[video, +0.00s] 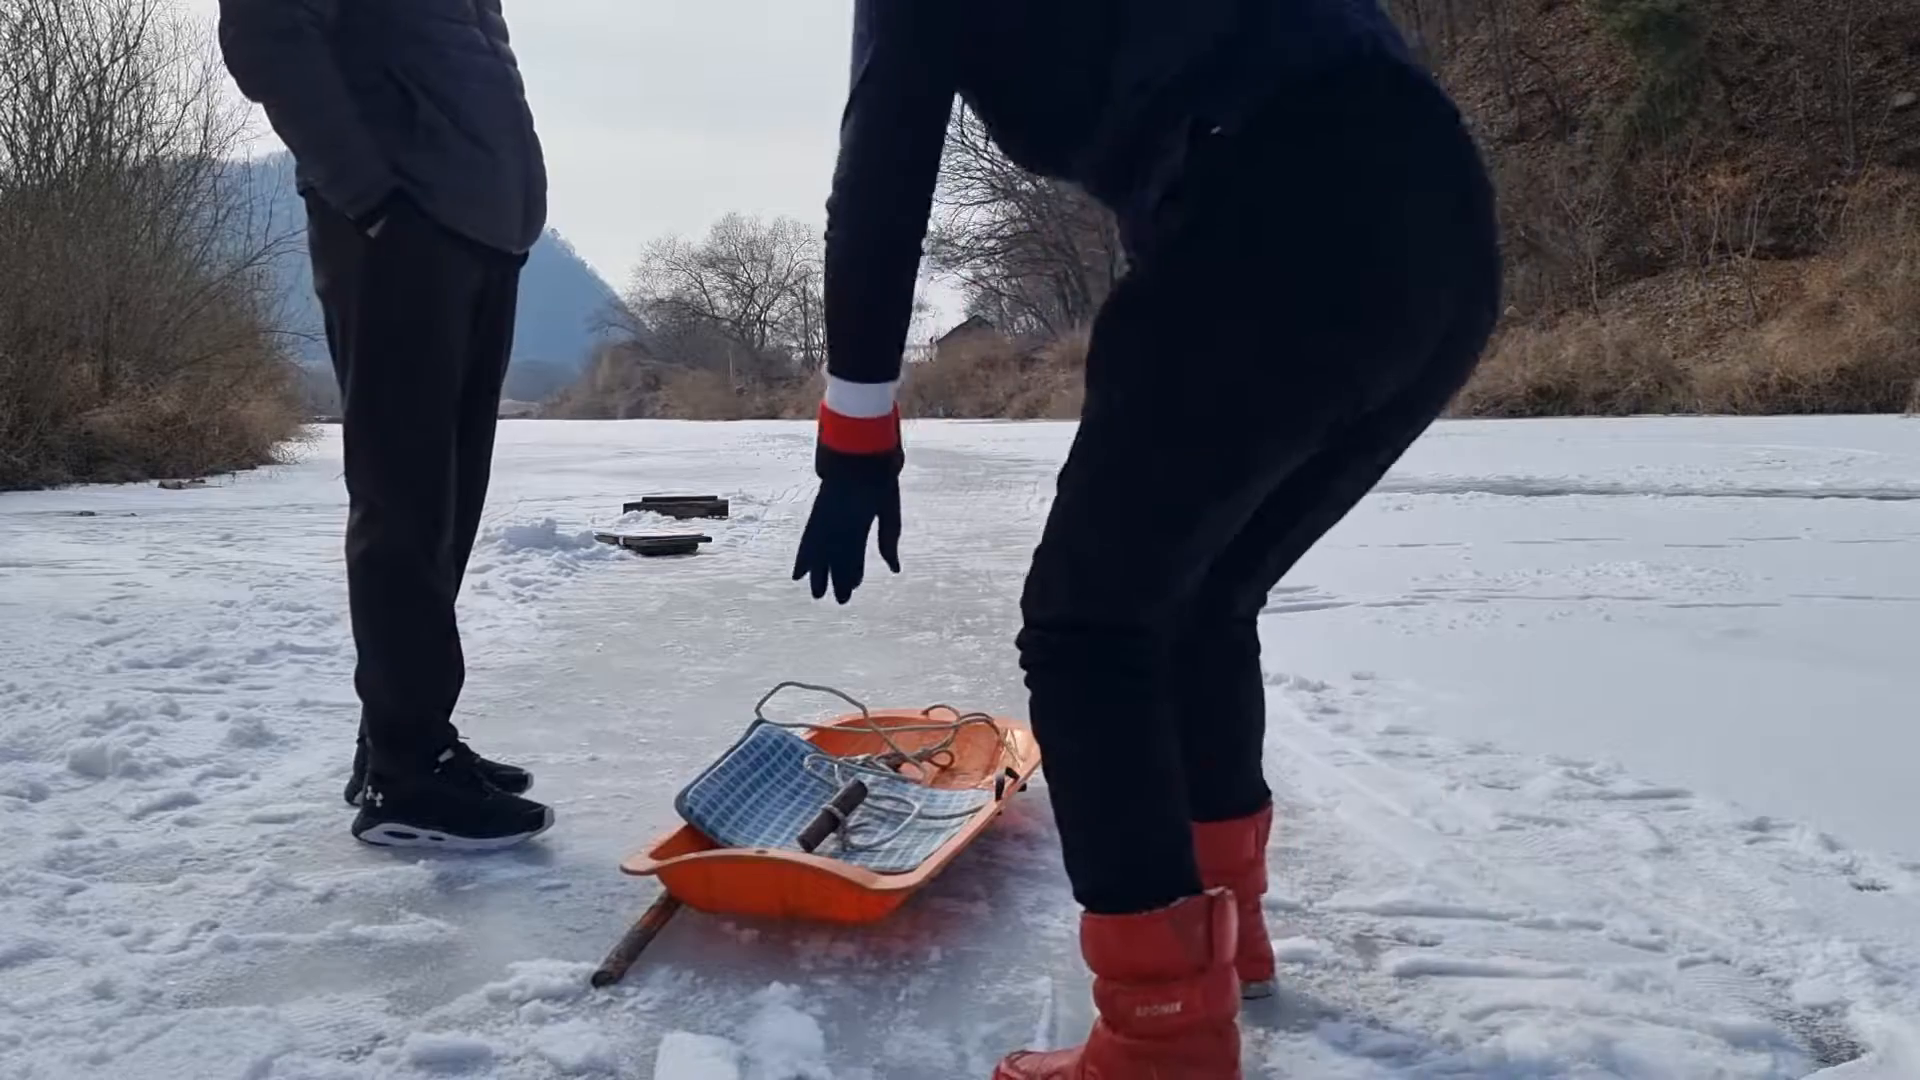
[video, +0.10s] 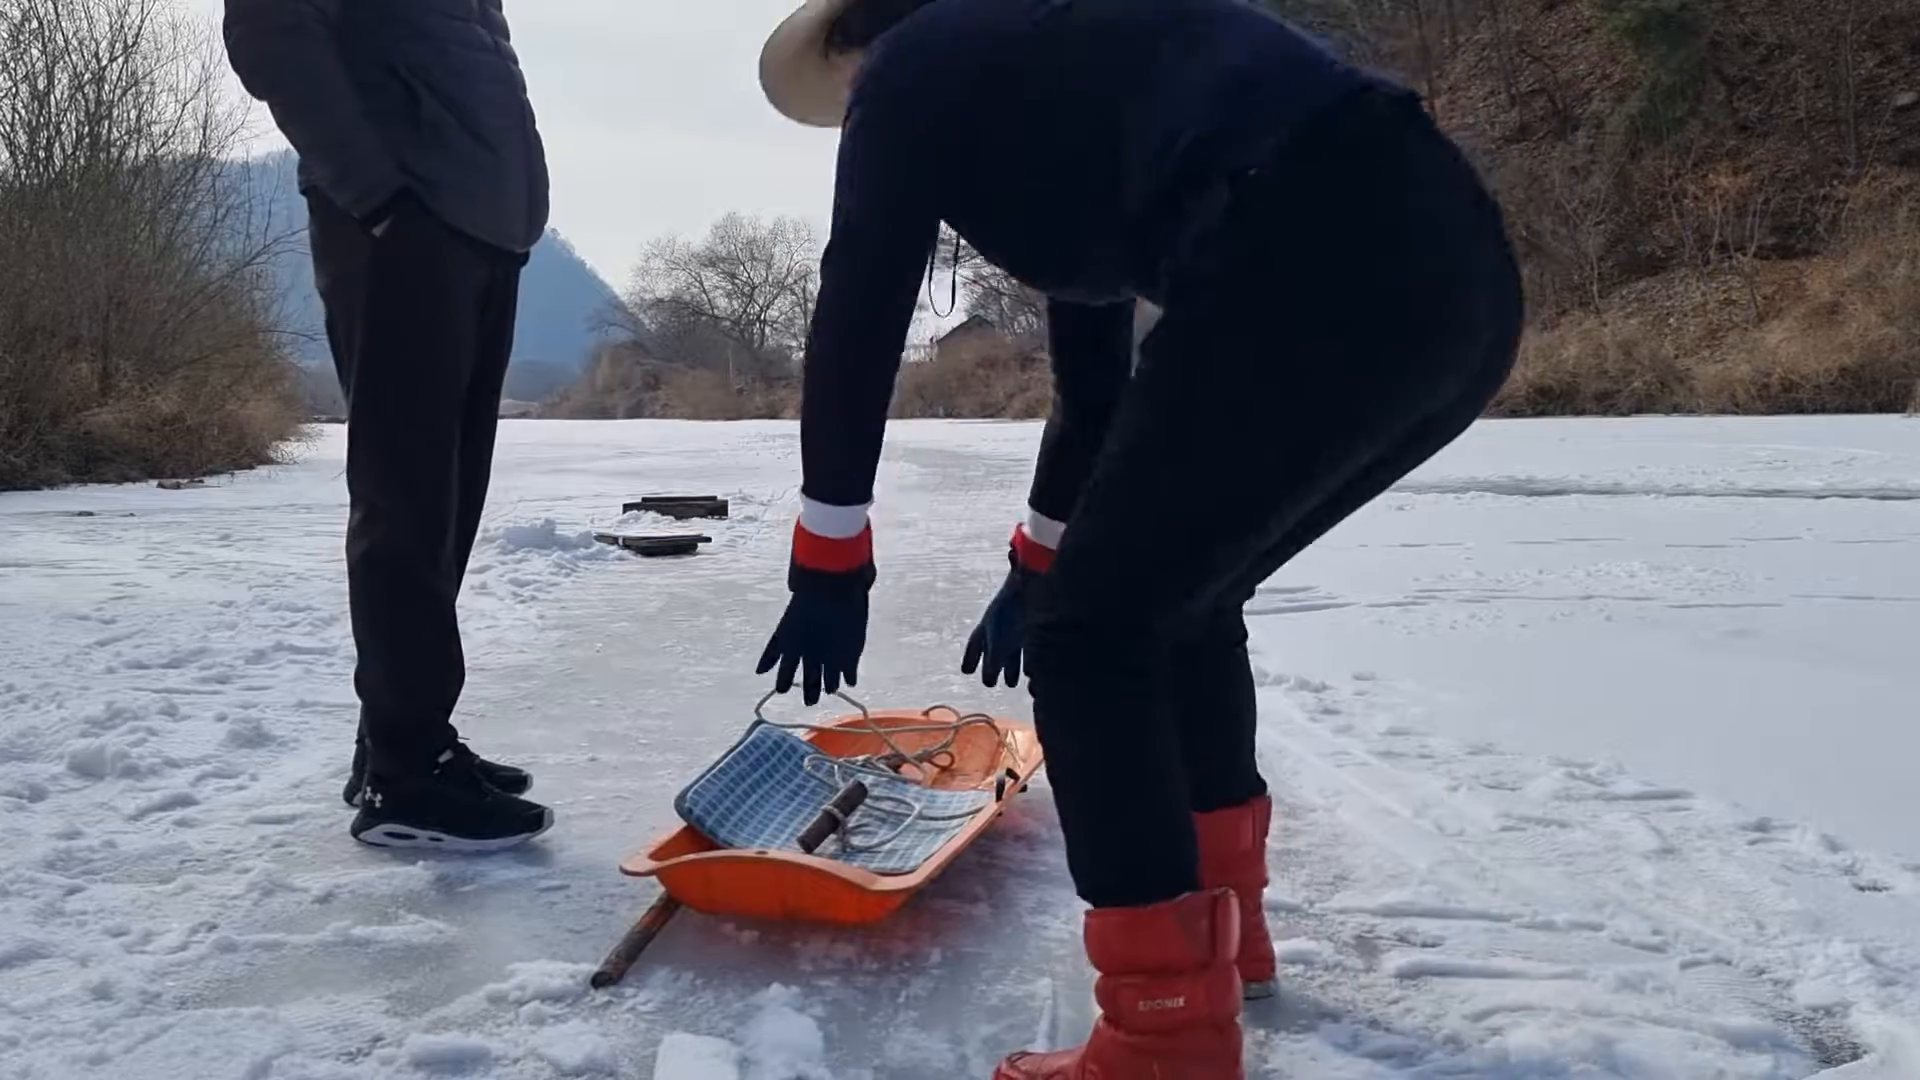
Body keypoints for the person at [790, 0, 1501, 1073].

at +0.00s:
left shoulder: (920, 5)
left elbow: (877, 202)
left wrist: (855, 440)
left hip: (1269, 244)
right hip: (1441, 233)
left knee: (1084, 625)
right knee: (1209, 594)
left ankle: (1160, 1029)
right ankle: (1226, 924)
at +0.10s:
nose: (854, 115)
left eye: (850, 92)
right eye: (840, 102)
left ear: (869, 41)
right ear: (943, 11)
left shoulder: (904, 82)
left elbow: (855, 329)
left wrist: (828, 564)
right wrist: (1037, 566)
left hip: (1316, 274)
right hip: (1451, 279)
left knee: (1086, 622)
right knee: (1187, 596)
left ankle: (1163, 1033)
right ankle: (1226, 924)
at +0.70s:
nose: (858, 369)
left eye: (843, 339)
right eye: (839, 348)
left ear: (865, 298)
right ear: (924, 261)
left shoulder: (926, 325)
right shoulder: (1051, 318)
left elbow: (916, 572)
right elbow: (1112, 514)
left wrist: (919, 791)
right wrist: (1018, 665)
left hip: (1371, 307)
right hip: (1450, 304)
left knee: (1131, 645)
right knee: (1197, 618)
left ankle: (1171, 1029)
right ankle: (1232, 924)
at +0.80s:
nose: (857, 340)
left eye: (845, 313)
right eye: (839, 322)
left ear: (869, 265)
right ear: (923, 230)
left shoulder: (931, 302)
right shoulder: (1044, 271)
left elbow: (945, 564)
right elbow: (1123, 446)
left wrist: (942, 789)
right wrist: (1023, 572)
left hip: (1363, 303)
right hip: (1446, 296)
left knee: (1138, 647)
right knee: (1206, 623)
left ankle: (1174, 1031)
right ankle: (1228, 918)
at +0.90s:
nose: (862, 322)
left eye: (847, 291)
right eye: (844, 303)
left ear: (875, 247)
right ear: (937, 203)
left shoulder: (936, 275)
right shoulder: (1061, 232)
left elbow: (960, 531)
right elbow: (1102, 412)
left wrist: (961, 764)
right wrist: (1003, 506)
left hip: (1356, 299)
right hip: (1449, 292)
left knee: (1147, 637)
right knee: (1212, 621)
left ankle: (1173, 1033)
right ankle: (1227, 920)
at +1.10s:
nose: (879, 254)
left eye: (866, 231)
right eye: (864, 242)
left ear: (876, 181)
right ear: (946, 133)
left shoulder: (941, 196)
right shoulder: (1048, 178)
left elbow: (970, 426)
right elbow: (1055, 381)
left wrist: (974, 655)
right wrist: (963, 459)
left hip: (1330, 275)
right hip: (1438, 278)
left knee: (1144, 634)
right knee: (1209, 616)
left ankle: (1174, 1027)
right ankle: (1234, 926)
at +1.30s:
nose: (877, 187)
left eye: (860, 159)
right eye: (859, 172)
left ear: (876, 108)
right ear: (951, 72)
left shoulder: (936, 126)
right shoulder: (1070, 151)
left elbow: (965, 331)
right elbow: (1102, 381)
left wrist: (947, 552)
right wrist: (1037, 542)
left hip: (1290, 259)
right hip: (1403, 269)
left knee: (1117, 615)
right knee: (1170, 597)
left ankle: (1166, 1014)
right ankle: (1230, 916)